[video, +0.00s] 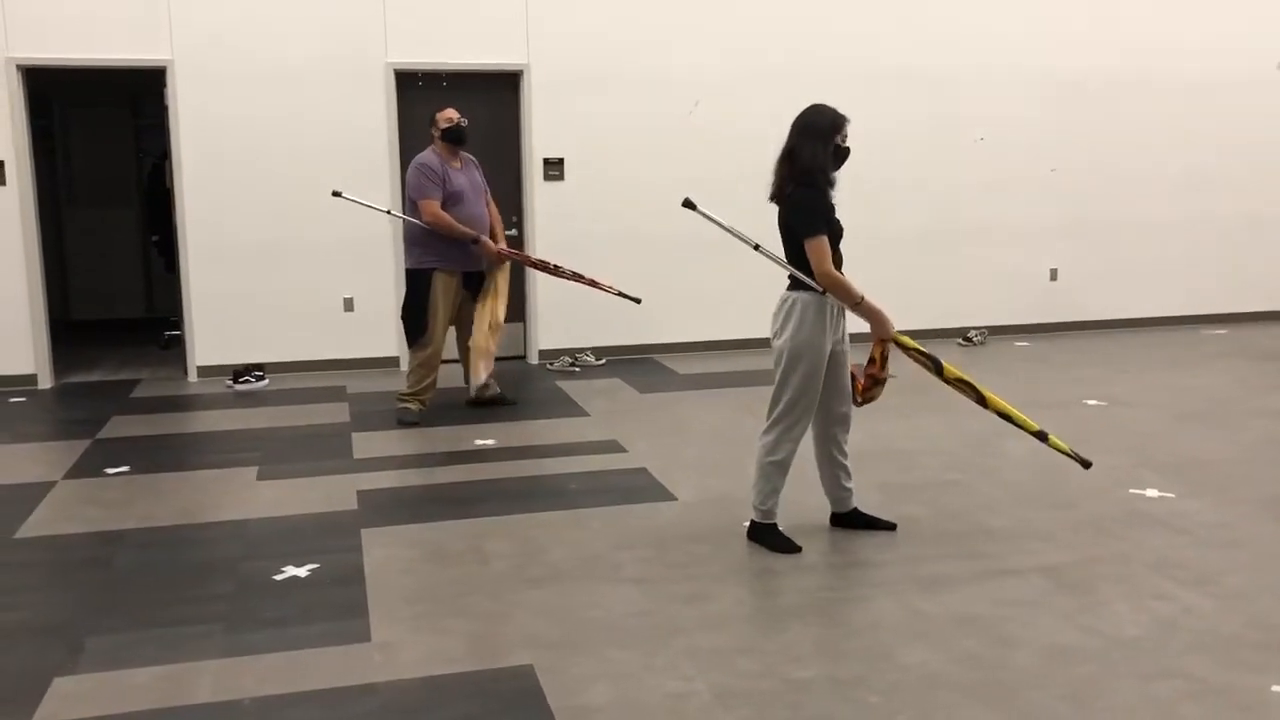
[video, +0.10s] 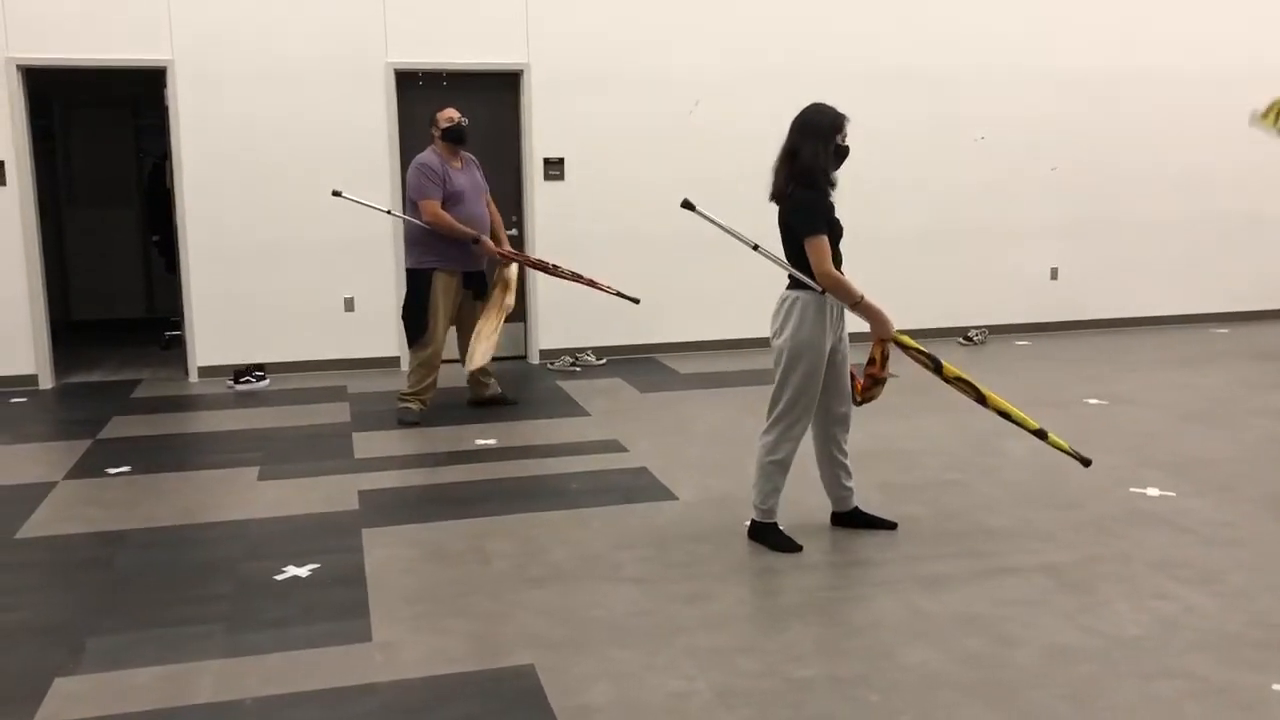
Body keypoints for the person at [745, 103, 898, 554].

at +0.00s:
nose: (844, 148)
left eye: (844, 140)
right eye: (838, 140)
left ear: (807, 140)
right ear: (819, 142)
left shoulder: (816, 192)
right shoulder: (804, 195)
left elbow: (823, 269)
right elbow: (824, 273)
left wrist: (854, 307)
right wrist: (874, 314)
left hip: (829, 311)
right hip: (805, 311)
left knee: (836, 414)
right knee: (789, 417)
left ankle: (843, 509)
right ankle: (762, 520)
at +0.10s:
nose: (844, 146)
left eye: (843, 138)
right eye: (838, 138)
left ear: (807, 140)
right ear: (820, 142)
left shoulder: (815, 193)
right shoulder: (805, 196)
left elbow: (822, 269)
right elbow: (824, 273)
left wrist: (856, 305)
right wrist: (874, 314)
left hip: (828, 310)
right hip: (805, 311)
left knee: (835, 414)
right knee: (789, 417)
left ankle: (844, 508)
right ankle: (763, 519)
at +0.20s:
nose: (844, 145)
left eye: (843, 136)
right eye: (838, 137)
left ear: (807, 138)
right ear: (820, 140)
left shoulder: (814, 192)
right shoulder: (804, 195)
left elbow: (821, 269)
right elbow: (824, 272)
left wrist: (855, 304)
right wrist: (874, 313)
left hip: (828, 309)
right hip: (805, 310)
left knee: (835, 413)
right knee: (789, 416)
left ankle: (844, 507)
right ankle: (763, 518)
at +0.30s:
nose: (842, 144)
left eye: (842, 136)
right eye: (837, 136)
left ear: (804, 136)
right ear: (820, 139)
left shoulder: (813, 190)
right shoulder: (804, 193)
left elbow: (820, 268)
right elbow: (825, 271)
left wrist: (855, 302)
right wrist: (874, 310)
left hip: (827, 308)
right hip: (805, 309)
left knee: (834, 411)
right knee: (789, 415)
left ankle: (844, 505)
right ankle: (763, 517)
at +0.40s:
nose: (841, 144)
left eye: (841, 136)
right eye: (836, 136)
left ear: (803, 135)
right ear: (820, 139)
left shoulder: (810, 189)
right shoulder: (804, 192)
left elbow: (818, 266)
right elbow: (824, 269)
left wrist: (851, 300)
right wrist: (874, 309)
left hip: (826, 307)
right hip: (805, 307)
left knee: (833, 411)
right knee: (789, 414)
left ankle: (844, 504)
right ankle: (763, 516)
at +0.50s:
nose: (840, 144)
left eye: (839, 136)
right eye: (835, 136)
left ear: (800, 135)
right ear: (819, 139)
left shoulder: (807, 189)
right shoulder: (805, 192)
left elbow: (818, 265)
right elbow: (825, 269)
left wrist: (852, 299)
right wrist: (875, 309)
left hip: (825, 305)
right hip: (805, 306)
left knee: (832, 410)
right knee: (789, 413)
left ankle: (843, 503)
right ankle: (762, 515)